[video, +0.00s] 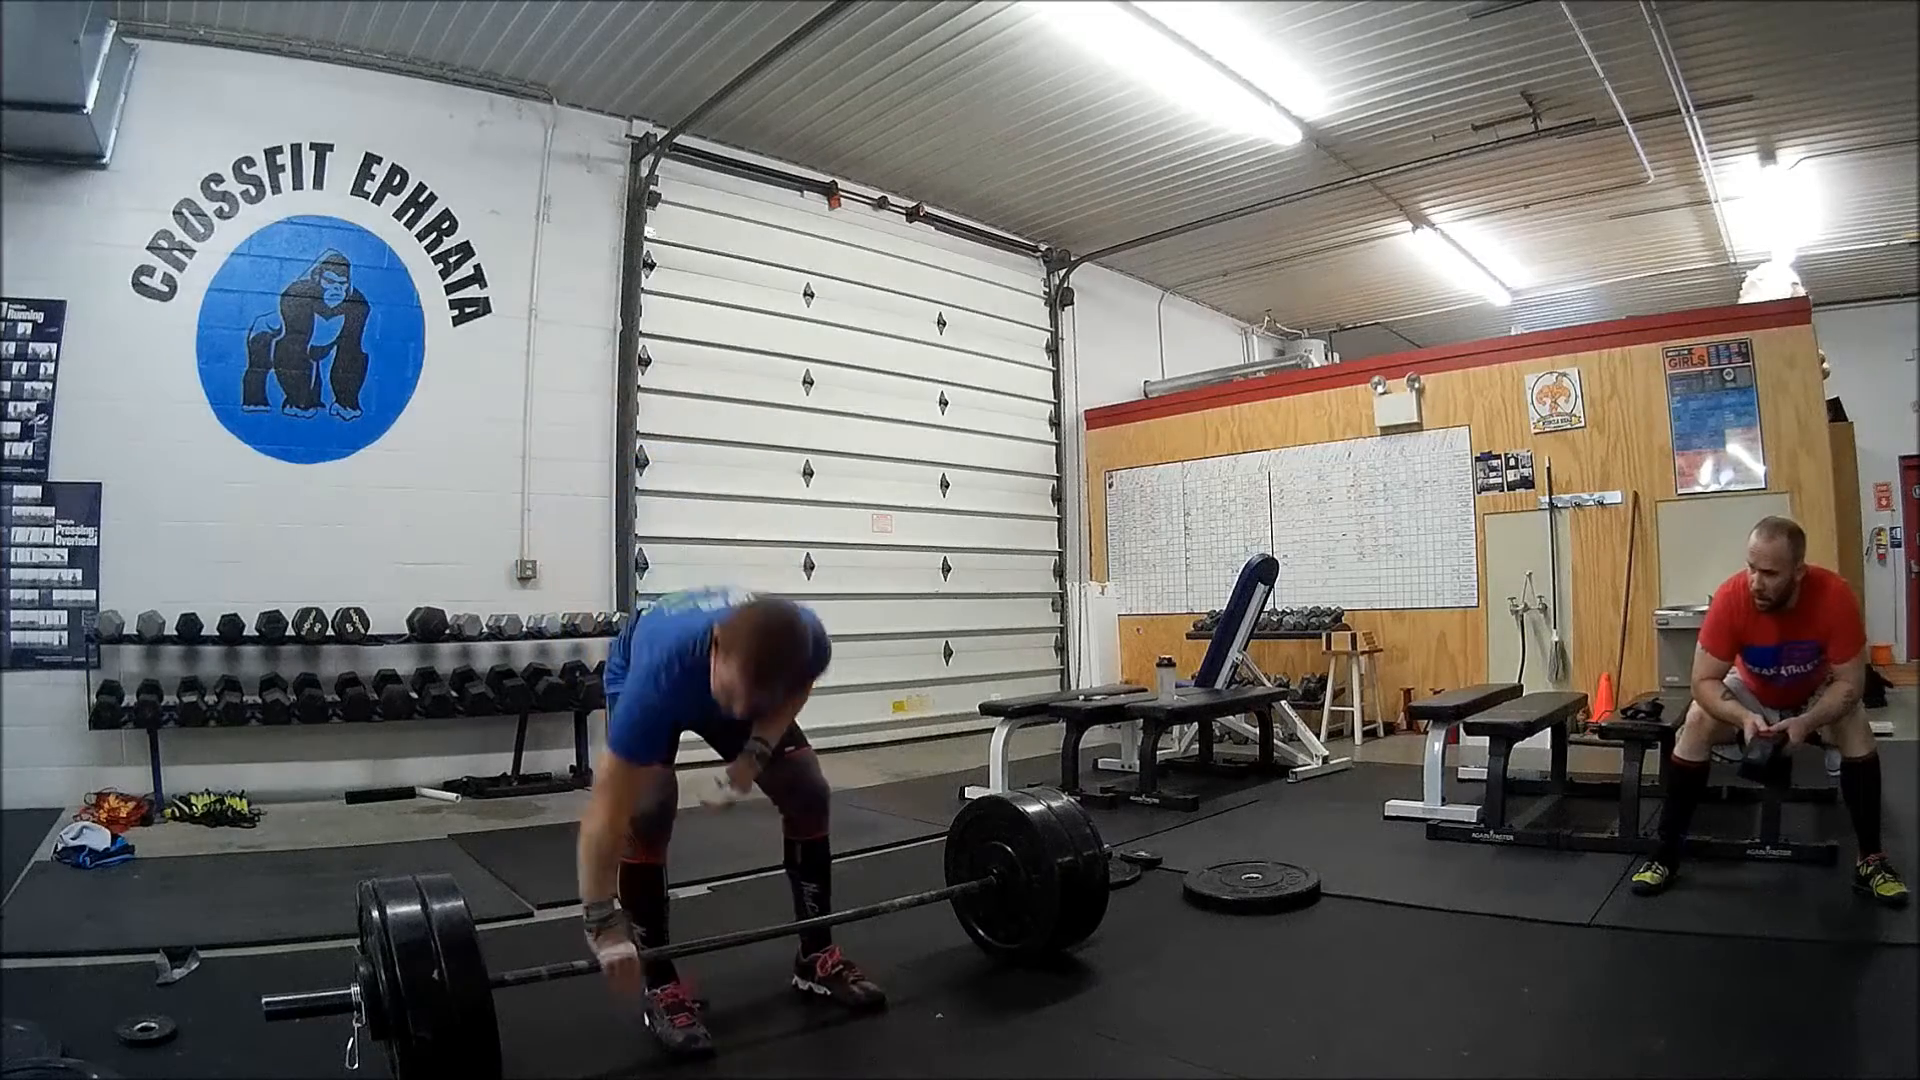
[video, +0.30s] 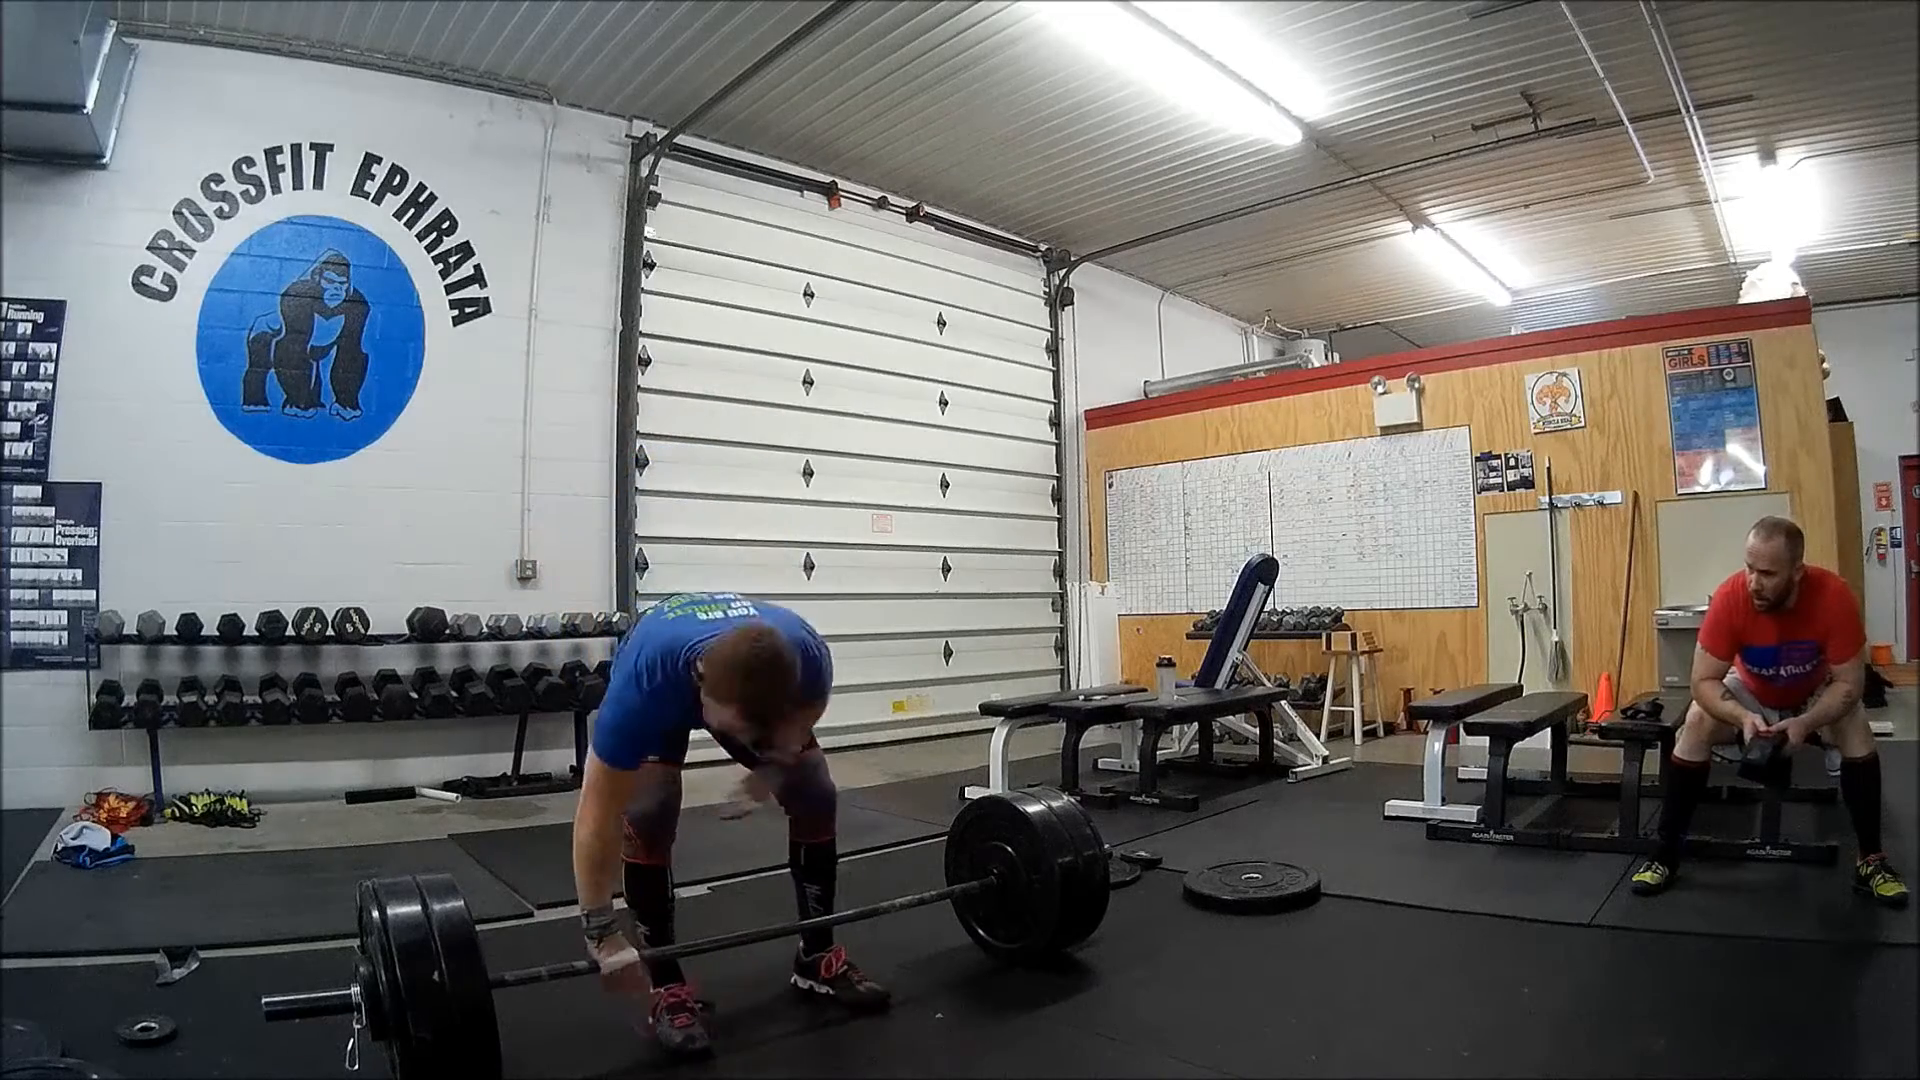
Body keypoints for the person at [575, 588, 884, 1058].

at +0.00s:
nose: (744, 717)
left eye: (759, 708)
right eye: (733, 702)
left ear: (794, 682)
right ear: (716, 656)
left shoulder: (810, 645)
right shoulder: (660, 670)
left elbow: (797, 692)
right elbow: (607, 803)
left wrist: (755, 754)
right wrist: (602, 922)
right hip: (646, 678)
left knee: (809, 793)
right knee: (650, 815)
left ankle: (819, 958)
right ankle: (662, 989)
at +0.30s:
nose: (772, 758)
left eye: (787, 745)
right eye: (751, 744)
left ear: (806, 701)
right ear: (711, 703)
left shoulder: (811, 664)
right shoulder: (645, 687)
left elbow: (802, 727)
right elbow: (597, 813)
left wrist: (769, 776)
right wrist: (601, 931)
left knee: (816, 794)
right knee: (649, 817)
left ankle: (818, 957)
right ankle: (667, 988)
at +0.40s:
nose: (792, 729)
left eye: (797, 719)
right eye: (781, 721)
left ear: (813, 677)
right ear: (733, 693)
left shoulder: (821, 663)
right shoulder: (659, 681)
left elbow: (833, 721)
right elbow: (604, 813)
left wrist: (819, 800)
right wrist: (601, 930)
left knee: (811, 803)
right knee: (647, 823)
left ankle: (821, 957)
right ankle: (669, 988)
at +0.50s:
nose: (809, 732)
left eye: (818, 723)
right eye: (799, 724)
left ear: (833, 675)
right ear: (761, 697)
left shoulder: (827, 661)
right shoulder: (677, 688)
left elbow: (865, 745)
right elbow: (618, 809)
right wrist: (603, 929)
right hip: (645, 672)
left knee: (806, 801)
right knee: (655, 817)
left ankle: (818, 957)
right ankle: (669, 989)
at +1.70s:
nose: (813, 775)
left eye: (830, 770)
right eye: (810, 763)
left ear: (851, 730)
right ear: (783, 716)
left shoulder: (852, 708)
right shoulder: (698, 706)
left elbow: (896, 792)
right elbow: (623, 817)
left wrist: (909, 877)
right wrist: (603, 932)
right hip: (665, 674)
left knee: (824, 804)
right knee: (671, 819)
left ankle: (826, 956)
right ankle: (672, 993)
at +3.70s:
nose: (824, 758)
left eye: (836, 748)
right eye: (815, 745)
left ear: (861, 720)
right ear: (789, 698)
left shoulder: (857, 705)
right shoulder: (703, 698)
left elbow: (888, 794)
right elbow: (647, 815)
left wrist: (905, 875)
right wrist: (613, 925)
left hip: (752, 717)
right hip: (662, 714)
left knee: (841, 811)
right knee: (682, 825)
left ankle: (815, 963)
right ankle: (674, 995)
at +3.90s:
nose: (836, 724)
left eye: (847, 710)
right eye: (824, 710)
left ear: (862, 693)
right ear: (789, 675)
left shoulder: (848, 688)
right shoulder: (703, 685)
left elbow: (880, 784)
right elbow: (651, 812)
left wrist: (901, 868)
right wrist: (619, 923)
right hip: (650, 675)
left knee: (805, 799)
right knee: (659, 826)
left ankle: (813, 959)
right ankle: (670, 990)